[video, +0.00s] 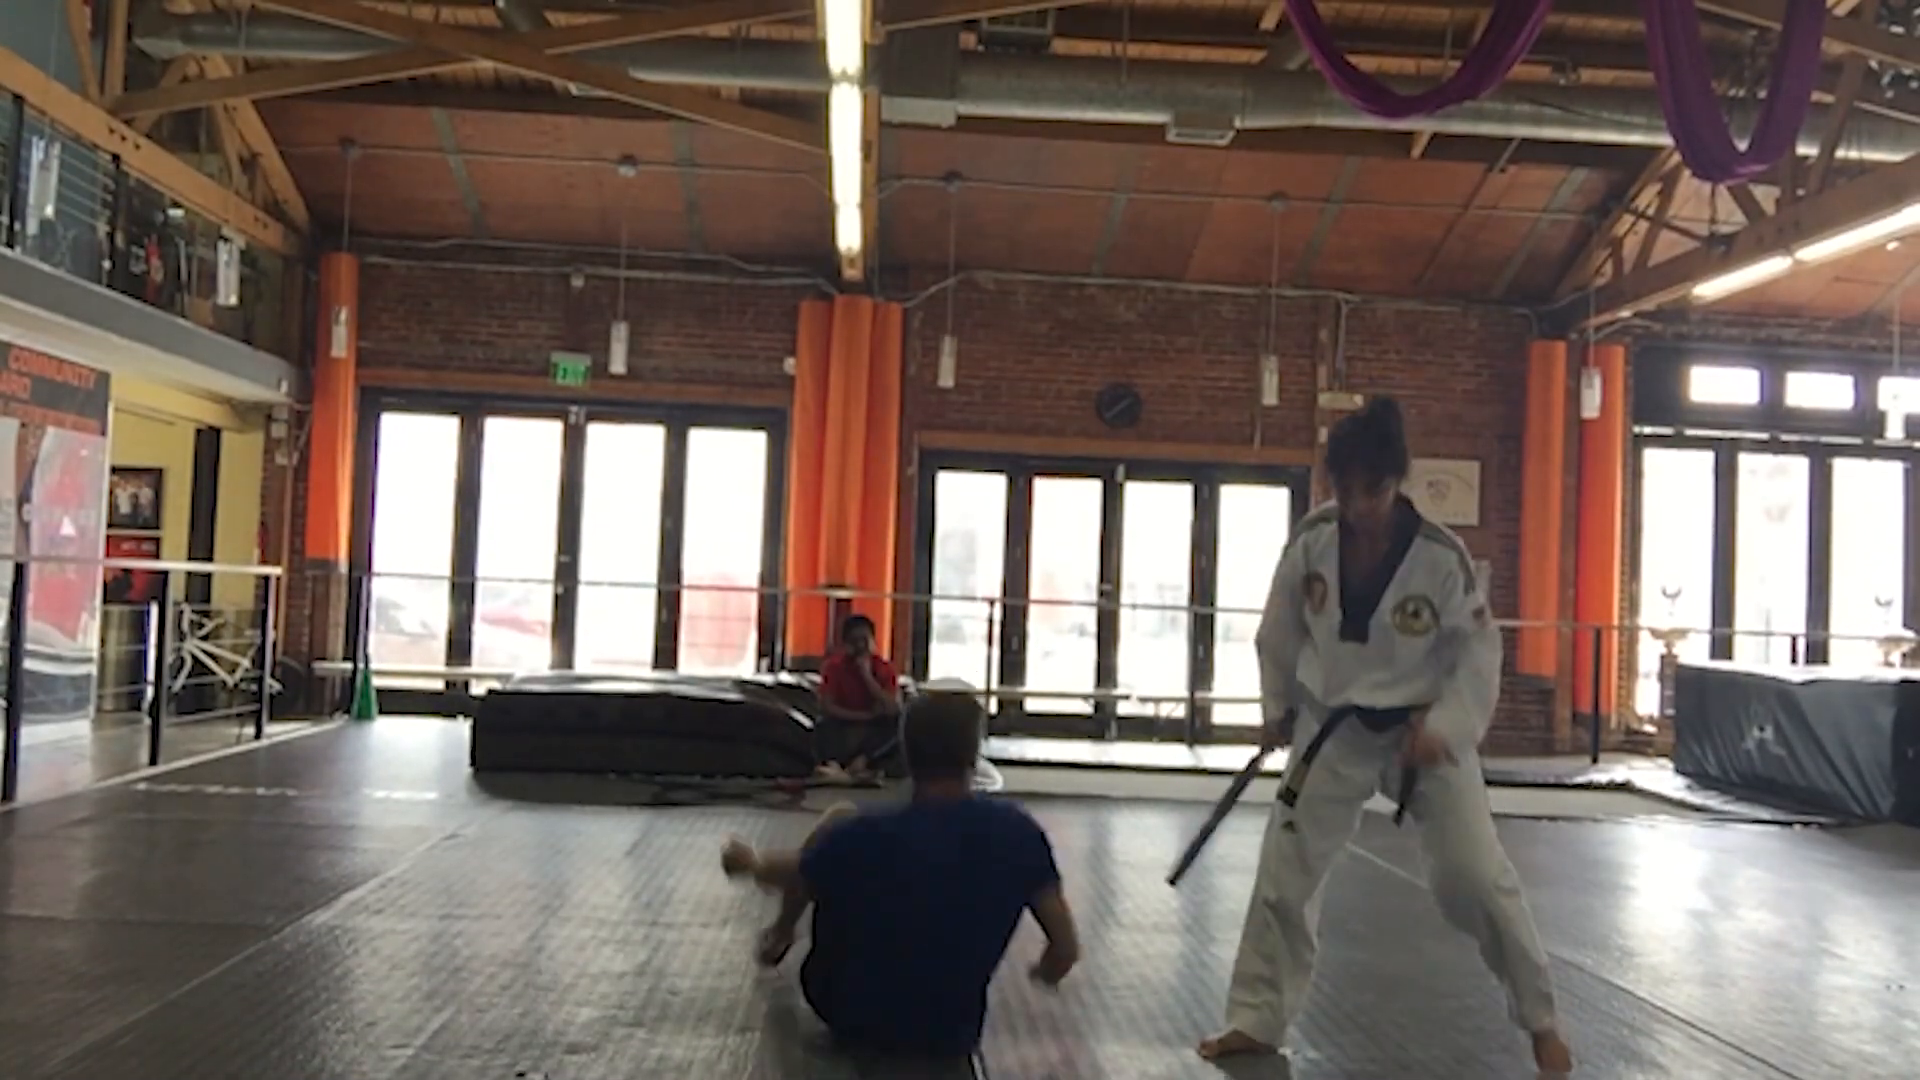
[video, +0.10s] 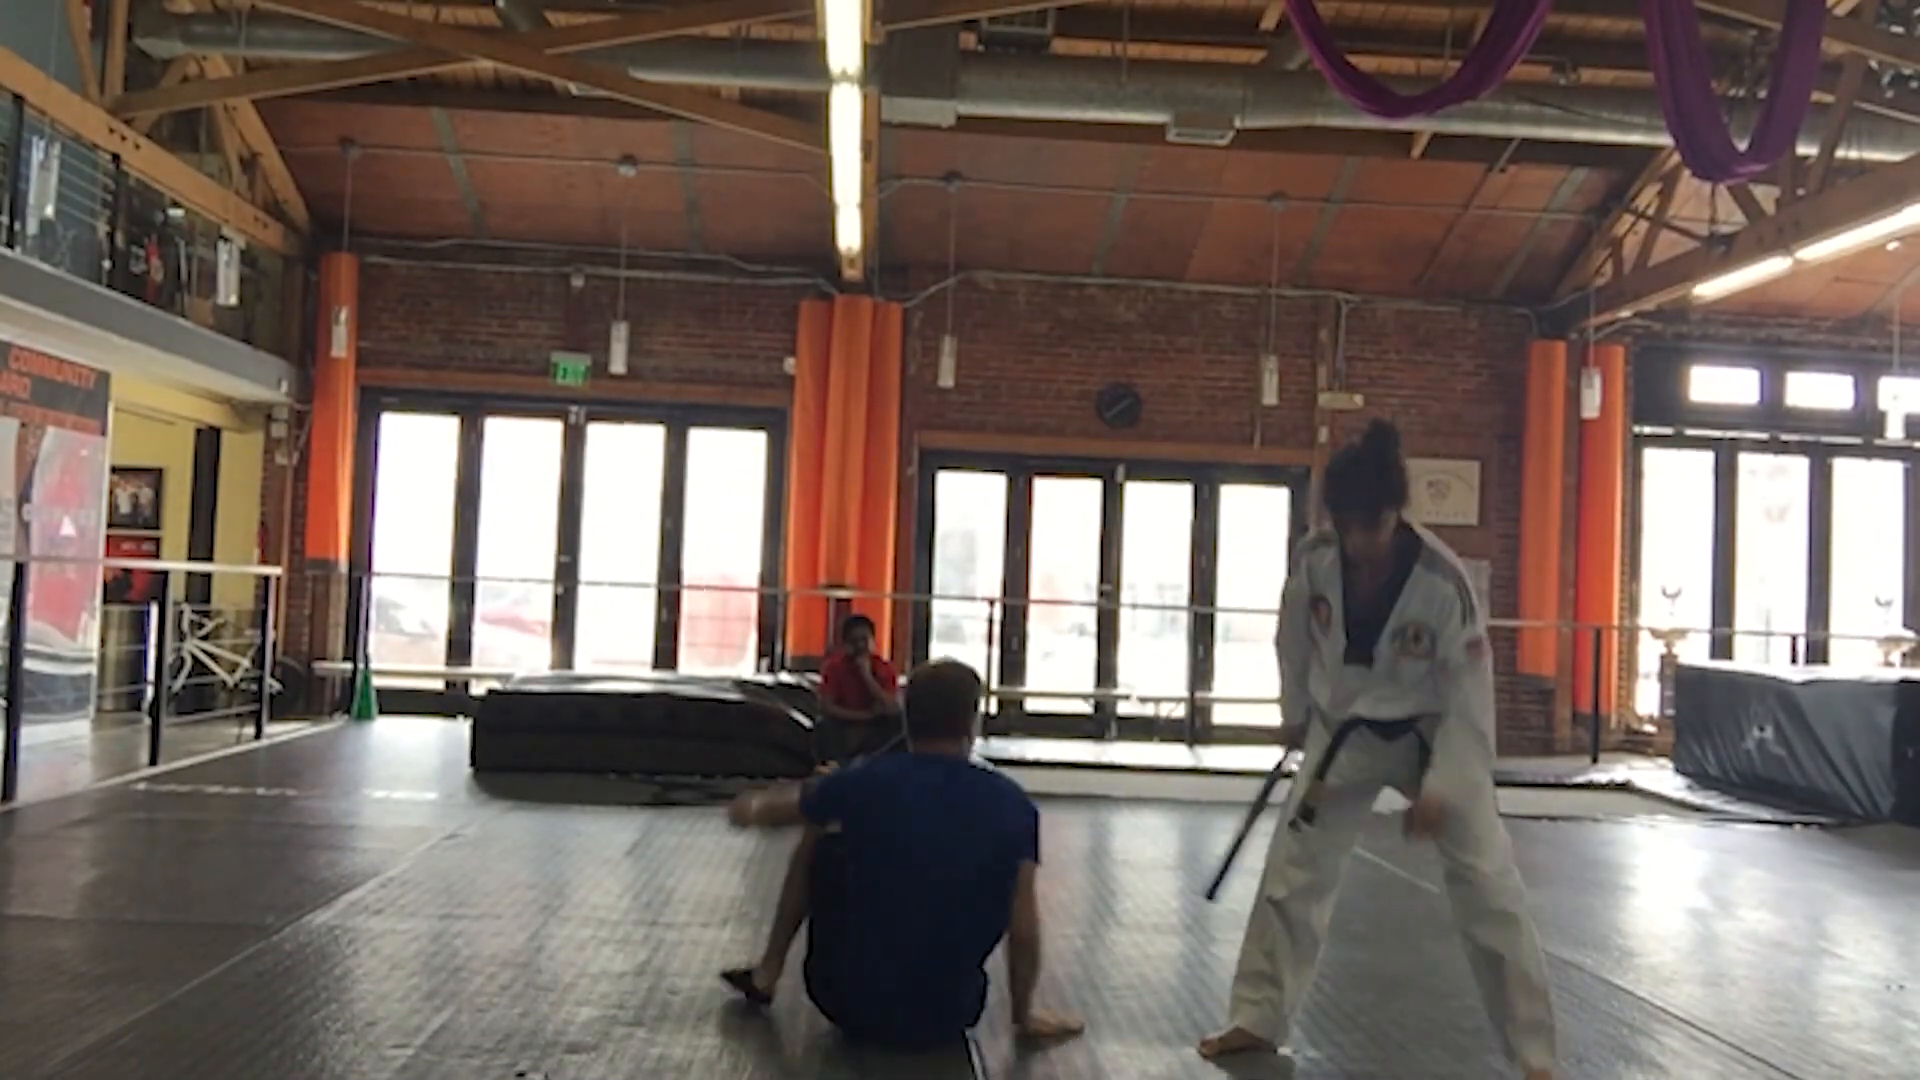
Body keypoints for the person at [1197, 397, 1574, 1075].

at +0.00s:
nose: (1356, 505)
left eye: (1371, 491)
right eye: (1346, 490)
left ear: (1398, 483)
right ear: (1331, 482)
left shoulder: (1442, 558)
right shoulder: (1307, 550)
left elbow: (1479, 656)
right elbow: (1277, 636)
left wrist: (1445, 726)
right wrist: (1277, 709)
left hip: (1427, 728)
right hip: (1334, 727)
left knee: (1475, 878)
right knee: (1281, 876)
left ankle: (1540, 1021)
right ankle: (1257, 1022)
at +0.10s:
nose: (1354, 540)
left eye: (1367, 527)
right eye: (1343, 526)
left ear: (1396, 514)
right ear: (1329, 514)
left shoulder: (1446, 583)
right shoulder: (1313, 563)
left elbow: (1469, 700)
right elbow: (1292, 642)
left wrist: (1442, 785)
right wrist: (1294, 715)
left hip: (1433, 736)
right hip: (1345, 733)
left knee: (1488, 887)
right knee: (1294, 868)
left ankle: (1534, 1056)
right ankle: (1257, 1021)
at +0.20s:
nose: (1359, 603)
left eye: (1373, 591)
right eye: (1348, 589)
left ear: (1399, 577)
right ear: (1332, 576)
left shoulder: (1444, 628)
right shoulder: (1324, 604)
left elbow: (1468, 748)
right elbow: (1328, 699)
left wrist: (1439, 857)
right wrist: (1337, 789)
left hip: (1460, 751)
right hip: (1374, 748)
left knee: (1499, 897)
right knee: (1308, 876)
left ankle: (1525, 1063)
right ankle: (1267, 1023)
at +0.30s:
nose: (1351, 678)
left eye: (1362, 665)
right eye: (1342, 665)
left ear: (1393, 652)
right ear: (1334, 650)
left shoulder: (1452, 684)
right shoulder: (1355, 662)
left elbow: (1466, 819)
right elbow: (1383, 744)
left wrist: (1439, 934)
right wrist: (1370, 816)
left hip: (1493, 756)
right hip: (1412, 753)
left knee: (1516, 903)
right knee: (1350, 878)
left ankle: (1530, 1066)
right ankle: (1269, 1022)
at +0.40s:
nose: (1348, 755)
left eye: (1354, 746)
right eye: (1341, 745)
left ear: (1388, 726)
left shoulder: (1452, 731)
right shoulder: (1374, 691)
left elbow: (1457, 886)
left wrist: (1435, 1003)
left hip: (1515, 767)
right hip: (1413, 770)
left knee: (1531, 916)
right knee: (1347, 898)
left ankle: (1527, 1067)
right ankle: (1269, 1025)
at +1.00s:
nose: (1301, 669)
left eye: (1309, 655)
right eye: (1296, 655)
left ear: (1345, 643)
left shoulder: (1411, 660)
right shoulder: (1341, 662)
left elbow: (1446, 797)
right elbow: (1365, 740)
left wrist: (1428, 917)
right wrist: (1361, 819)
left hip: (1479, 748)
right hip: (1400, 755)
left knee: (1504, 903)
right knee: (1338, 877)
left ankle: (1526, 1063)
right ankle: (1268, 1021)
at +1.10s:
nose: (1281, 589)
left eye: (1290, 575)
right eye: (1277, 576)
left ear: (1332, 569)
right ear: (1288, 573)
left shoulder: (1390, 610)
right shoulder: (1305, 614)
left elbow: (1431, 733)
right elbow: (1341, 710)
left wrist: (1406, 847)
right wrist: (1338, 796)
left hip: (1450, 734)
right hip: (1367, 737)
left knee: (1484, 896)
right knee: (1318, 875)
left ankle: (1525, 1060)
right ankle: (1269, 1020)